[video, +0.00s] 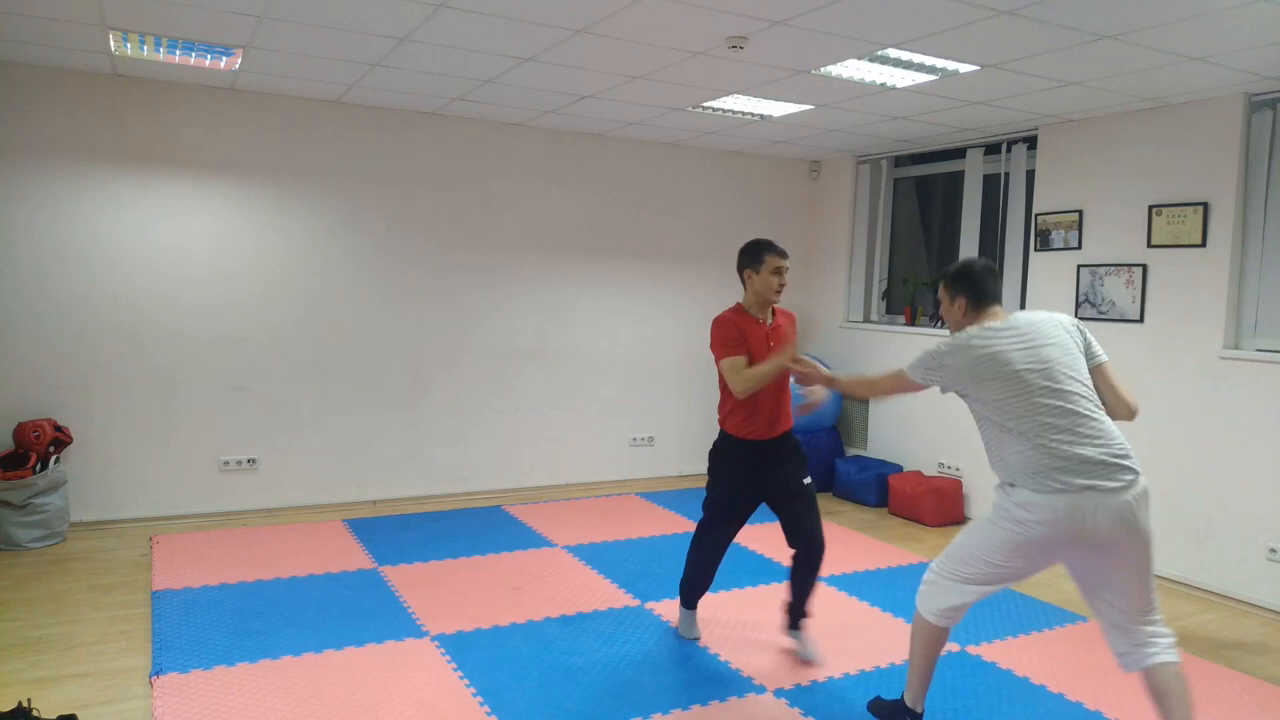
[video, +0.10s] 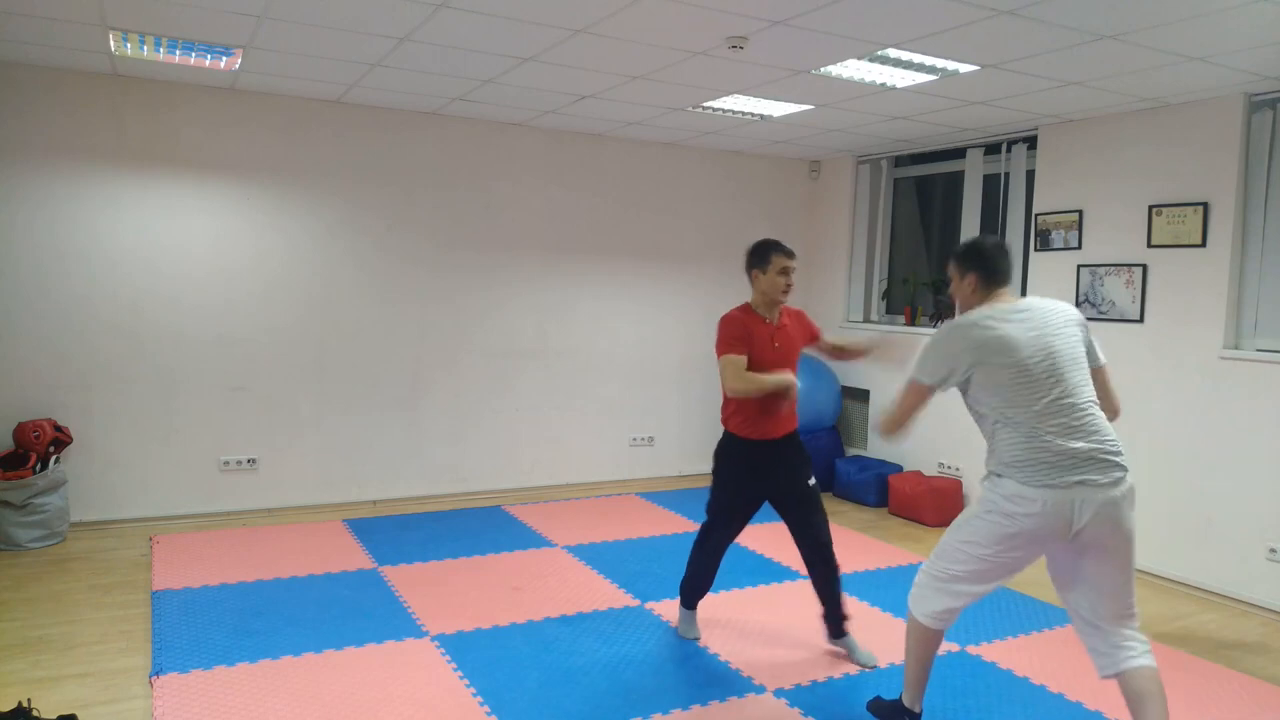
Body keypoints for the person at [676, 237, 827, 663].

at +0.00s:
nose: (783, 281)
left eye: (786, 274)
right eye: (776, 273)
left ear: (784, 279)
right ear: (748, 276)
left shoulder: (785, 321)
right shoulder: (727, 325)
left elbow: (789, 364)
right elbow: (739, 385)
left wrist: (817, 385)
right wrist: (786, 357)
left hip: (782, 450)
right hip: (737, 453)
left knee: (810, 544)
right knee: (713, 535)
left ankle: (795, 625)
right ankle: (688, 607)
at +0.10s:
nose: (790, 281)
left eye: (793, 274)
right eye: (782, 273)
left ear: (791, 277)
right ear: (755, 275)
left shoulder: (796, 321)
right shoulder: (735, 323)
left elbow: (829, 349)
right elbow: (733, 384)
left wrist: (867, 348)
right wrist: (781, 380)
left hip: (787, 451)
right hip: (741, 453)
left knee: (817, 540)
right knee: (717, 534)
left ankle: (838, 631)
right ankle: (687, 606)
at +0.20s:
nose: (813, 287)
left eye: (817, 280)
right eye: (806, 278)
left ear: (817, 285)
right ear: (779, 276)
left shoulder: (815, 325)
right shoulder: (751, 323)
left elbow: (874, 334)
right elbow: (745, 371)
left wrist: (869, 285)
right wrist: (784, 326)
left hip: (796, 454)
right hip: (751, 454)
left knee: (822, 546)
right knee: (730, 536)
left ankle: (841, 634)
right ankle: (692, 604)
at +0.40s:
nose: (859, 289)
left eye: (864, 281)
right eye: (852, 278)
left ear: (864, 287)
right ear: (829, 278)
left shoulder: (844, 333)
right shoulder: (807, 316)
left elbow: (874, 380)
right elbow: (853, 319)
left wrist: (892, 333)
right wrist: (871, 264)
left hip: (824, 457)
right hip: (787, 455)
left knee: (838, 550)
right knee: (760, 546)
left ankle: (839, 636)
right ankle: (698, 596)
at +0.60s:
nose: (897, 300)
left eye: (903, 294)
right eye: (890, 289)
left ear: (902, 299)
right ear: (864, 286)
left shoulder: (884, 344)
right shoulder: (837, 335)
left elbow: (936, 370)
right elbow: (816, 397)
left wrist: (946, 318)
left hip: (844, 463)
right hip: (811, 459)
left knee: (870, 556)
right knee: (829, 561)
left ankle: (843, 637)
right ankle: (768, 635)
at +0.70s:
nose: (917, 310)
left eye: (923, 303)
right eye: (911, 299)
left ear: (923, 308)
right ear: (885, 295)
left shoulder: (903, 349)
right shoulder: (852, 343)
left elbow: (955, 360)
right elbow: (810, 401)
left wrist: (962, 306)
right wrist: (830, 468)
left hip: (851, 468)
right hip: (818, 468)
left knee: (879, 560)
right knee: (850, 565)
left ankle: (843, 636)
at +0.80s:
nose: (931, 312)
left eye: (936, 306)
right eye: (925, 301)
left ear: (936, 313)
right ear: (896, 298)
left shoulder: (915, 355)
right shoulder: (866, 344)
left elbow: (953, 384)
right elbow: (820, 393)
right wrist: (868, 432)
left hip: (865, 472)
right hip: (830, 470)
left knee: (884, 565)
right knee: (859, 576)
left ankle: (844, 633)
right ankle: (868, 671)